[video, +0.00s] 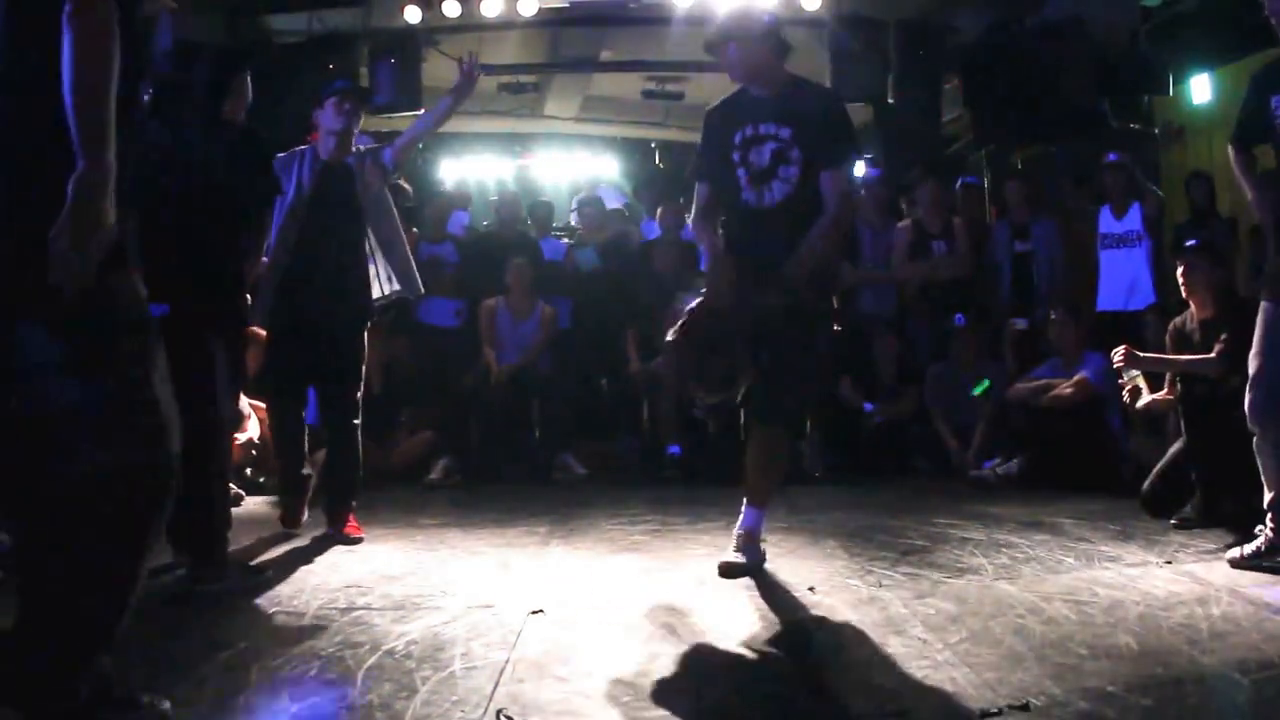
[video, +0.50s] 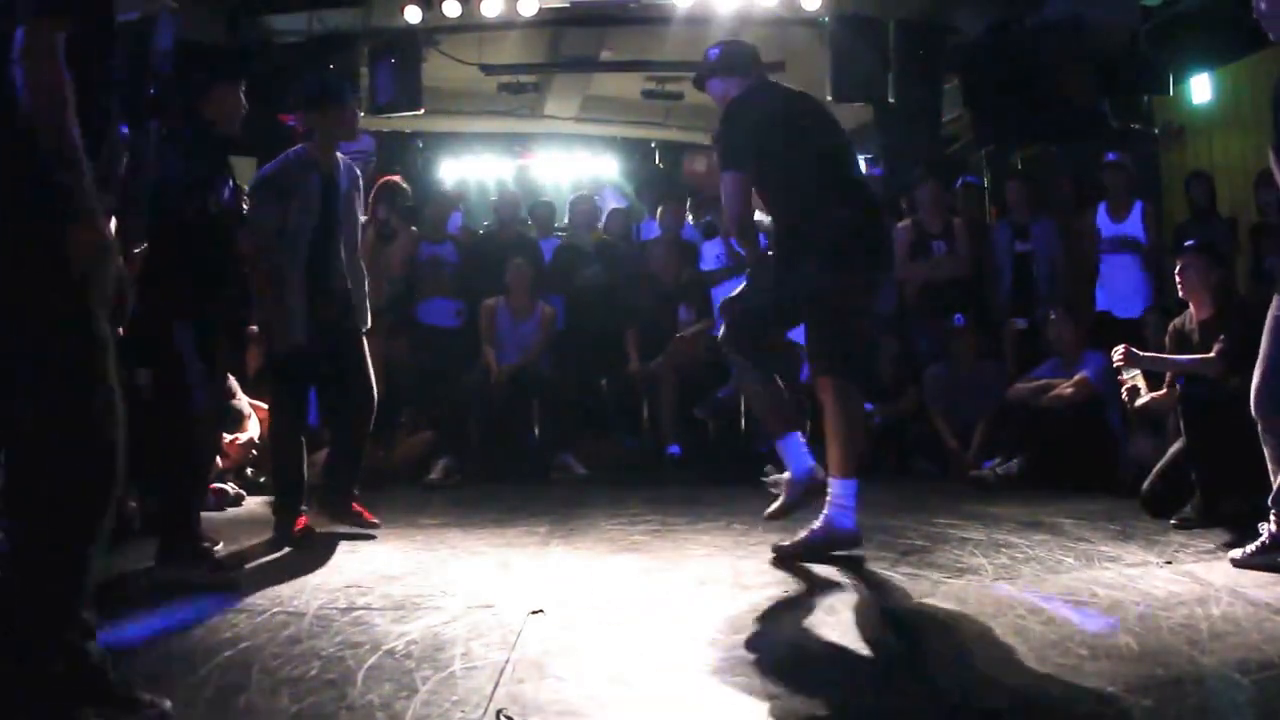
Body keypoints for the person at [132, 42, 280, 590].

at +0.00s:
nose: (249, 103)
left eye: (248, 95)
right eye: (244, 94)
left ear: (206, 96)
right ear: (229, 96)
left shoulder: (168, 141)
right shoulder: (243, 147)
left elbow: (147, 218)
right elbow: (254, 226)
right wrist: (246, 272)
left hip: (171, 289)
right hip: (213, 293)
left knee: (193, 417)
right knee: (213, 420)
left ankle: (187, 534)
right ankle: (205, 546)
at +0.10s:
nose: (245, 102)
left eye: (245, 92)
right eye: (238, 92)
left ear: (208, 96)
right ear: (215, 95)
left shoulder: (174, 144)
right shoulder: (223, 149)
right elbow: (230, 235)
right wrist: (234, 300)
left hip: (183, 300)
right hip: (203, 305)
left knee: (195, 426)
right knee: (210, 430)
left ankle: (190, 544)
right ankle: (206, 552)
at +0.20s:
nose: (244, 102)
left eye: (243, 92)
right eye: (235, 93)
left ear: (203, 98)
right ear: (215, 96)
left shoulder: (178, 146)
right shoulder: (216, 150)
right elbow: (222, 236)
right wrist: (236, 308)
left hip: (181, 310)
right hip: (203, 314)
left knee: (191, 431)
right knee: (212, 432)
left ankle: (194, 548)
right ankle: (207, 554)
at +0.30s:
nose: (245, 109)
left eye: (244, 99)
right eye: (237, 99)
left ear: (207, 101)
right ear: (215, 99)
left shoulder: (185, 147)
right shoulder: (206, 150)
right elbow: (212, 239)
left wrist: (241, 316)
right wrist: (234, 318)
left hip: (188, 307)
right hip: (196, 310)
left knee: (192, 427)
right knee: (210, 426)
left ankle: (194, 545)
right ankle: (201, 549)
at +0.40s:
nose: (246, 105)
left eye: (244, 93)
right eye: (237, 94)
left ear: (213, 97)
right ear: (210, 98)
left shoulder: (197, 149)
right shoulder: (196, 152)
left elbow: (214, 249)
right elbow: (209, 249)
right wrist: (228, 329)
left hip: (194, 312)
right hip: (190, 315)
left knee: (190, 430)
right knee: (195, 429)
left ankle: (189, 540)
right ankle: (191, 545)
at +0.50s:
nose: (245, 105)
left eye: (243, 93)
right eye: (236, 94)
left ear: (211, 97)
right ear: (207, 97)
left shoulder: (201, 152)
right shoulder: (191, 154)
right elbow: (202, 247)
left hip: (195, 309)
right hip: (182, 312)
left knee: (192, 425)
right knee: (191, 427)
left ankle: (183, 538)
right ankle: (178, 544)